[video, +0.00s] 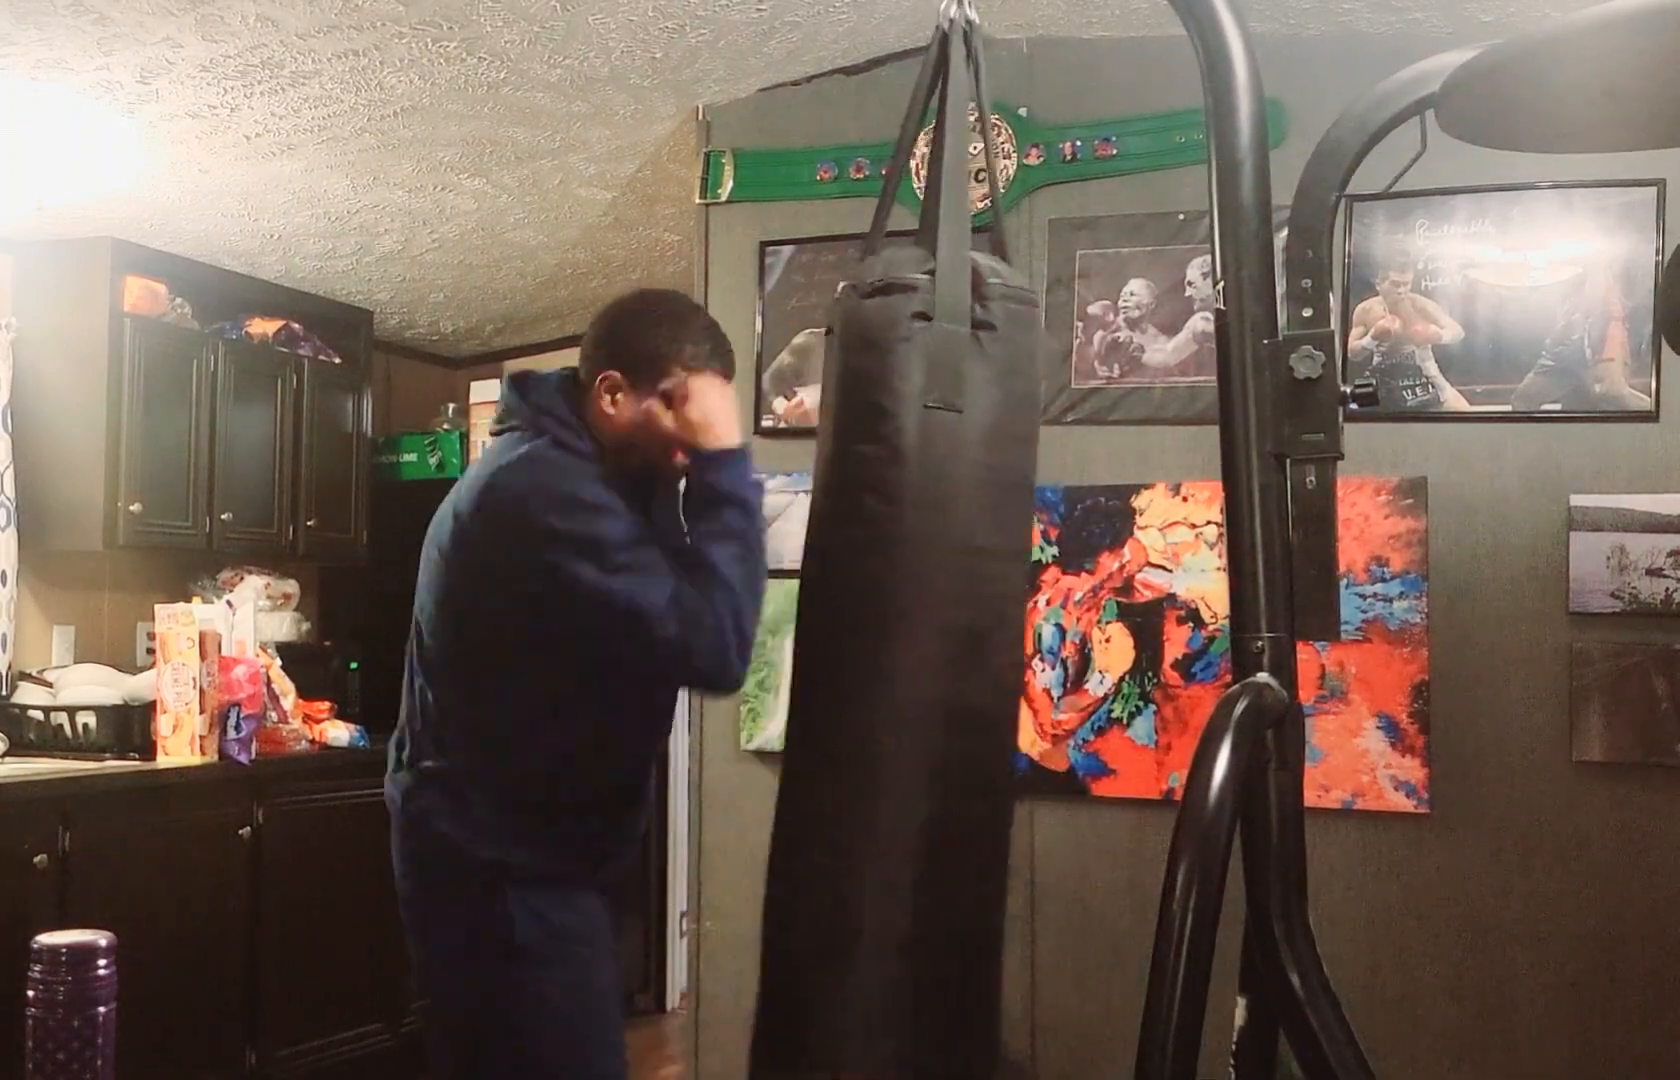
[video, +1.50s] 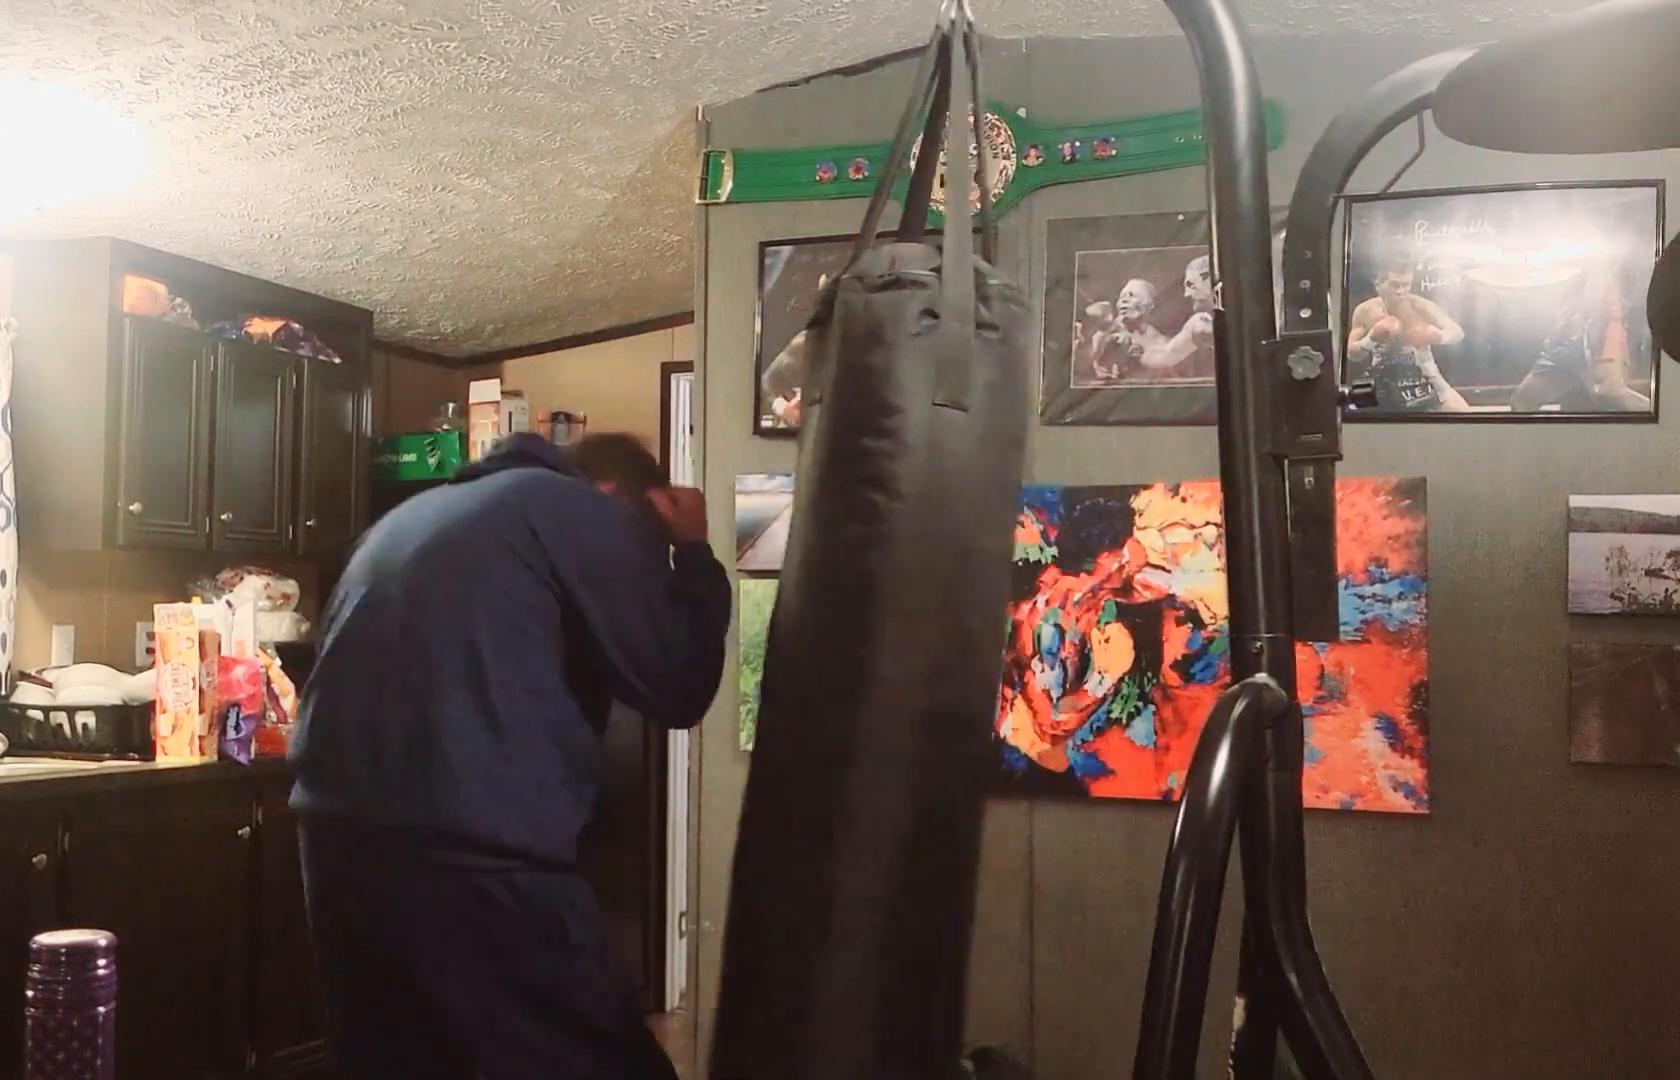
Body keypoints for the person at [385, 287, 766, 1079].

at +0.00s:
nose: (692, 447)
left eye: (699, 423)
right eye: (682, 418)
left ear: (607, 395)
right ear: (611, 394)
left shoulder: (567, 469)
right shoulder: (544, 489)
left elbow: (698, 624)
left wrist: (699, 467)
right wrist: (723, 460)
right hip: (506, 876)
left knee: (542, 1061)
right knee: (568, 1065)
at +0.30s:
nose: (670, 495)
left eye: (677, 476)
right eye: (668, 469)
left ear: (599, 421)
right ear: (614, 426)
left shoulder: (469, 475)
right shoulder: (579, 484)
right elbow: (745, 629)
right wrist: (738, 460)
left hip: (367, 843)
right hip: (488, 867)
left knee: (403, 1063)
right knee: (574, 1061)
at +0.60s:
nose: (682, 443)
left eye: (686, 422)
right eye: (672, 419)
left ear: (598, 397)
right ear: (601, 397)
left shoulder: (512, 456)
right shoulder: (517, 472)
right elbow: (660, 640)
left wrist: (697, 538)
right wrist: (698, 457)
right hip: (463, 871)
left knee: (452, 1062)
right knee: (544, 1061)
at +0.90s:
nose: (668, 432)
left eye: (678, 413)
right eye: (664, 405)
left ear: (596, 378)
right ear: (601, 374)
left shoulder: (548, 454)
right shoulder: (497, 465)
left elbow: (709, 505)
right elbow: (645, 642)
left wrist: (888, 502)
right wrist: (691, 467)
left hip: (486, 847)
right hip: (449, 859)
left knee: (516, 1055)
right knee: (521, 1062)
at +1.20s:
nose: (618, 479)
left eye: (625, 469)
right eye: (623, 457)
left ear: (569, 403)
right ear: (590, 408)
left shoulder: (416, 449)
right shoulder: (538, 472)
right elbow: (663, 648)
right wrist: (685, 485)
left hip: (353, 826)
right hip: (462, 850)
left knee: (398, 1059)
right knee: (532, 1063)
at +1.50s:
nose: (654, 542)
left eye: (654, 528)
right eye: (651, 523)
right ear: (617, 494)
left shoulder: (409, 516)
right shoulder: (578, 511)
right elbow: (681, 690)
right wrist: (694, 547)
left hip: (339, 850)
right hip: (487, 857)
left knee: (386, 1062)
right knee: (609, 1065)